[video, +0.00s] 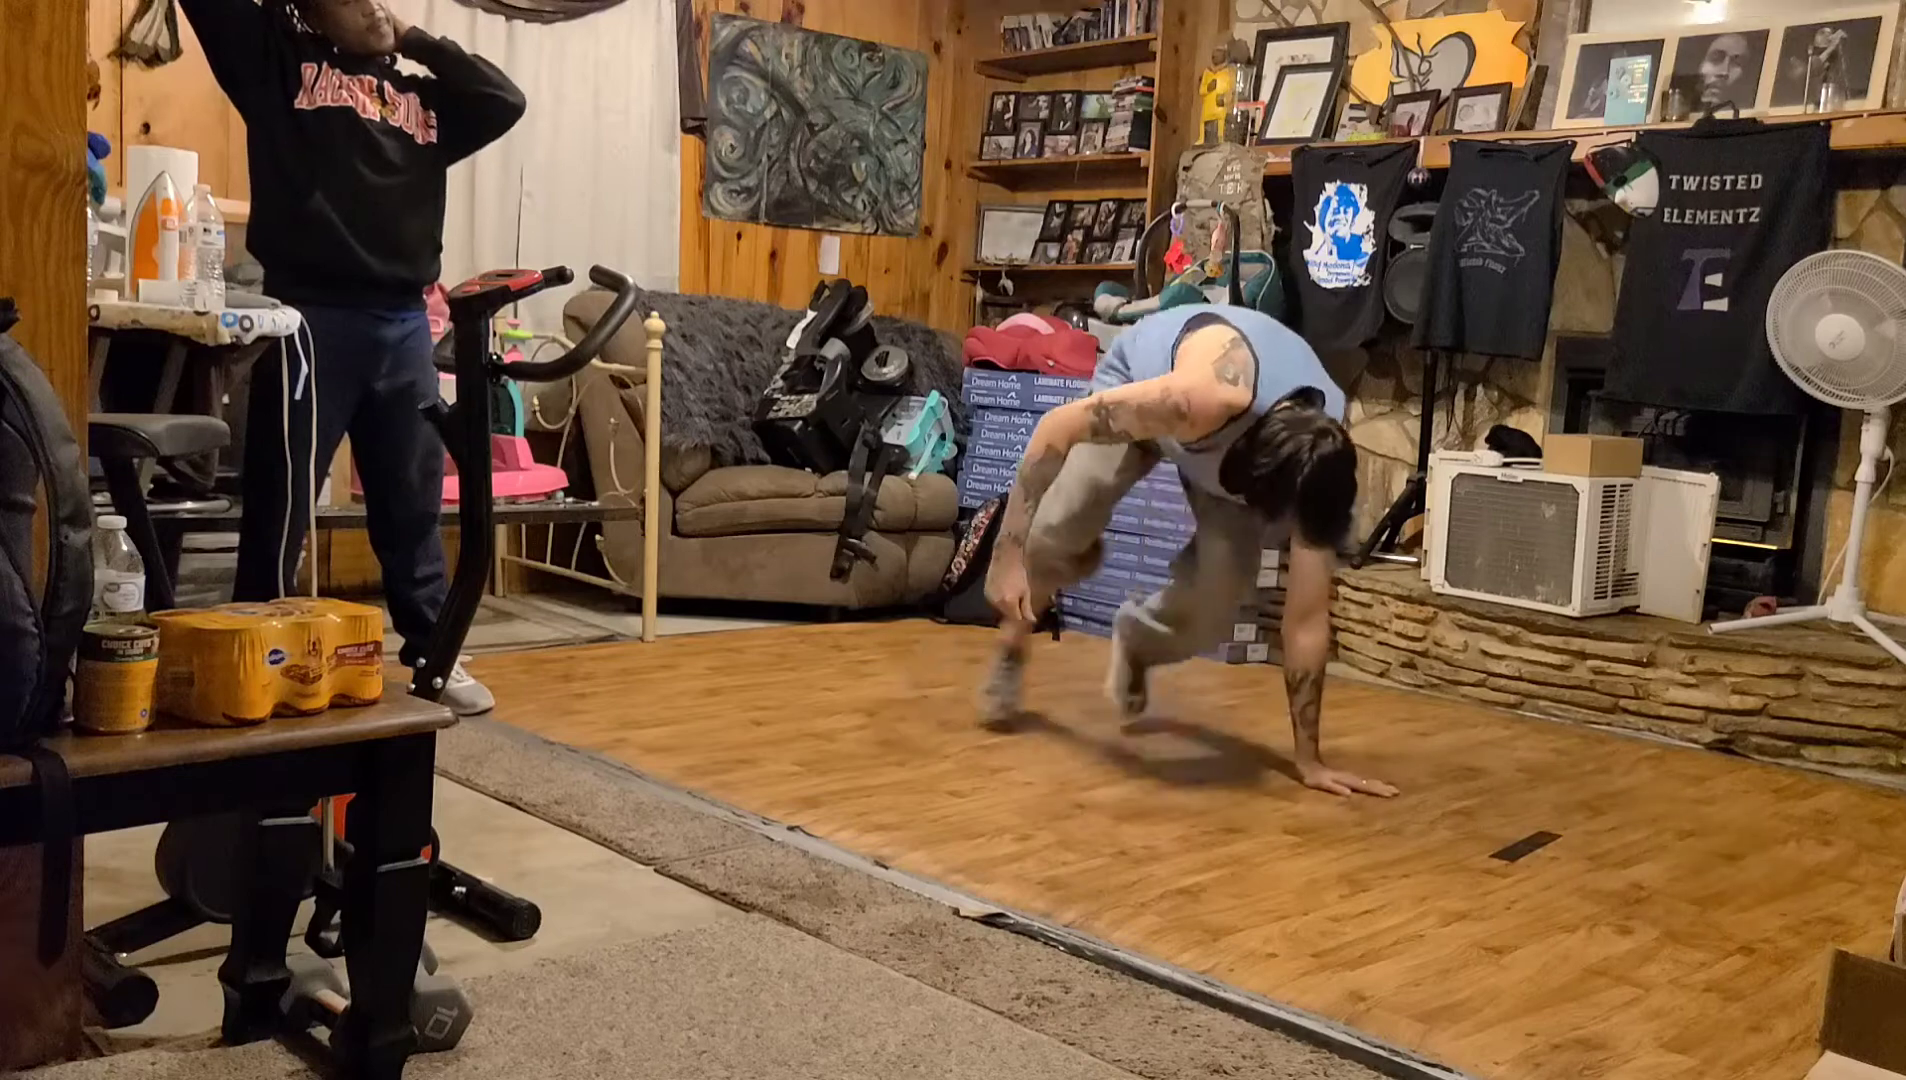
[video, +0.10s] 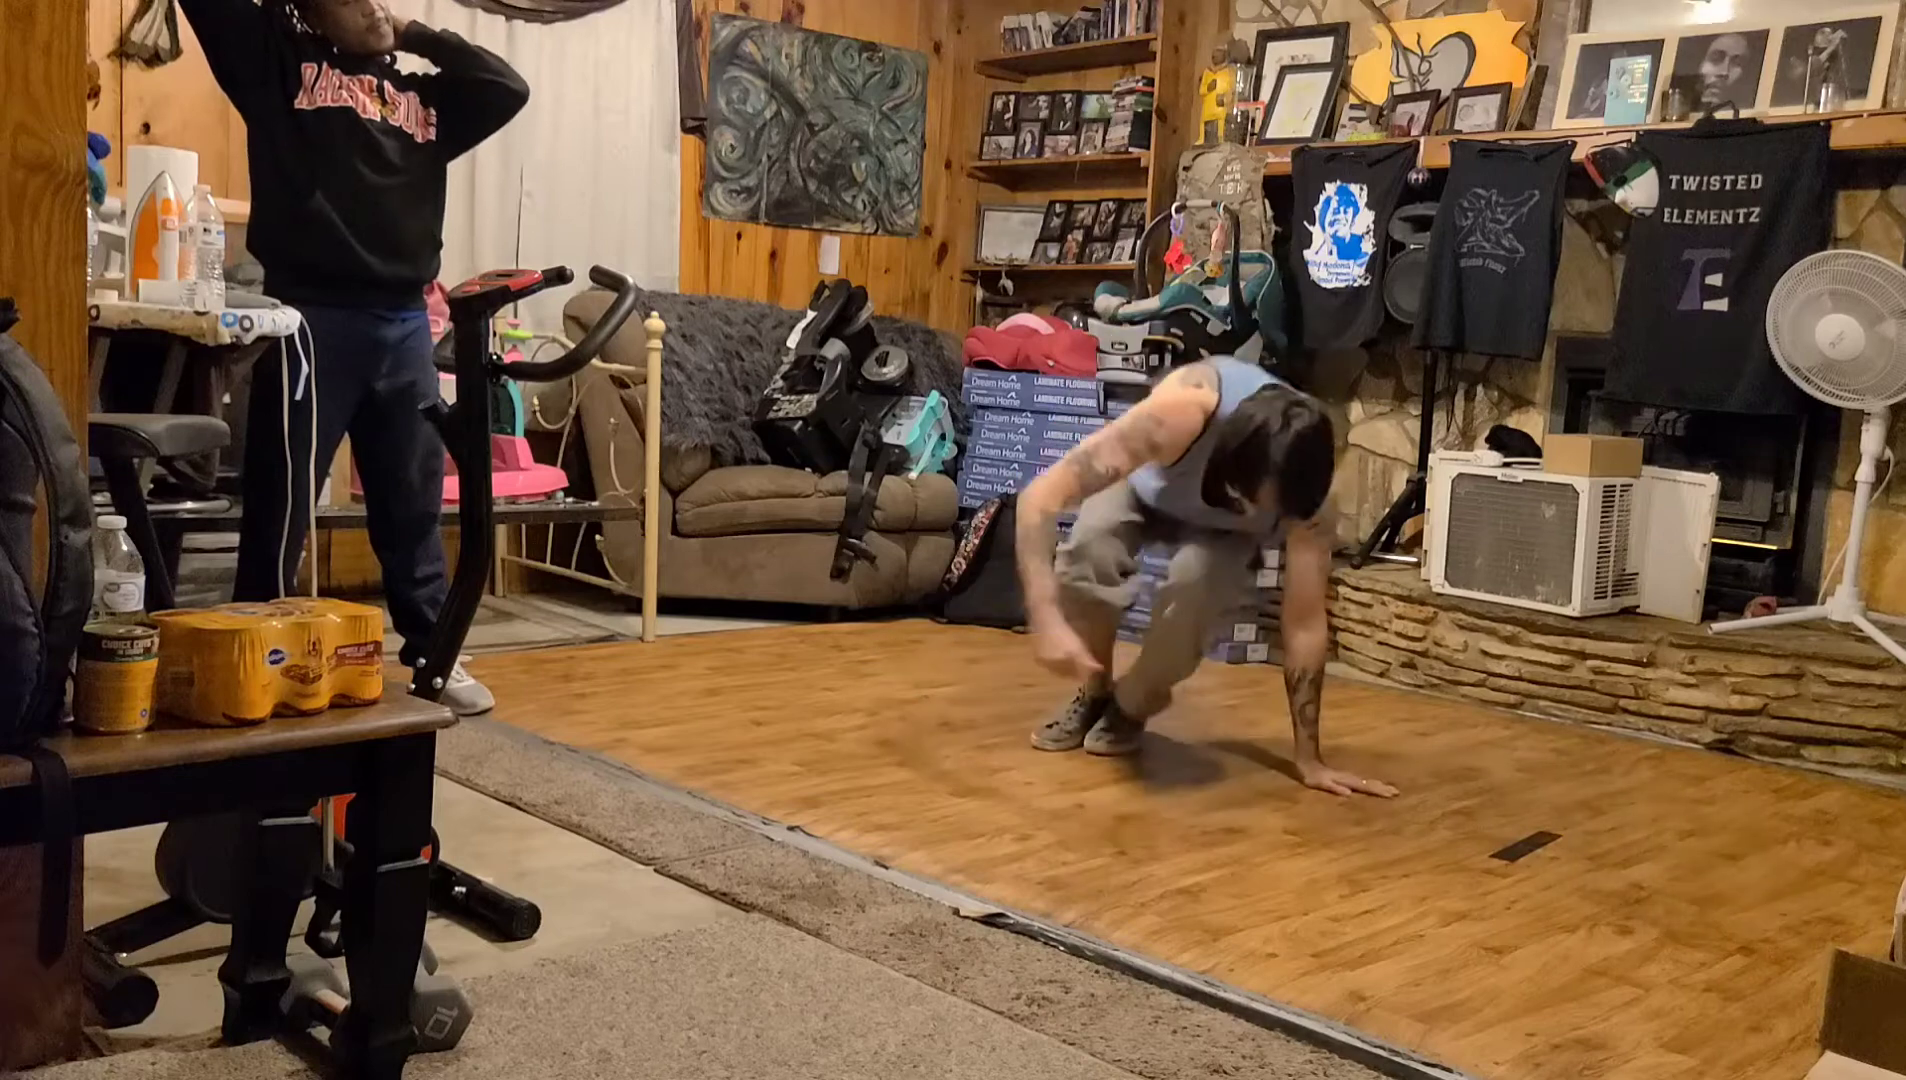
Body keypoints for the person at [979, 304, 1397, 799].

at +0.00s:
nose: (1289, 527)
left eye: (1301, 520)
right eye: (1287, 516)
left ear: (1325, 482)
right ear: (1261, 475)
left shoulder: (1322, 469)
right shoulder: (1196, 401)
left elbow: (1307, 618)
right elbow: (1057, 428)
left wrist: (1310, 759)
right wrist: (1008, 552)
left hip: (1231, 446)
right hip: (1140, 388)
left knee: (1215, 606)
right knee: (1057, 530)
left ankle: (1136, 638)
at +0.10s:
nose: (1263, 508)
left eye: (1276, 504)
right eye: (1257, 496)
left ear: (1307, 482)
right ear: (1234, 461)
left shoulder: (1308, 489)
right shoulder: (1184, 409)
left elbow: (1306, 624)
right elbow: (1038, 499)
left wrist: (1309, 760)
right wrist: (1046, 620)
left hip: (1226, 526)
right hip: (1144, 488)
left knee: (1195, 585)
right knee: (1089, 548)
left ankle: (1131, 710)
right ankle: (1093, 693)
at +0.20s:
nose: (1234, 499)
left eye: (1254, 493)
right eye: (1226, 481)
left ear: (1284, 480)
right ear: (1217, 447)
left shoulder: (1306, 494)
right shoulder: (1173, 429)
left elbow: (1301, 628)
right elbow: (1064, 522)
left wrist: (1307, 760)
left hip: (1226, 569)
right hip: (1142, 538)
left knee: (1161, 627)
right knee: (1049, 570)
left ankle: (1129, 710)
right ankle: (1095, 693)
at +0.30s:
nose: (1246, 457)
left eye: (1267, 453)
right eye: (1241, 440)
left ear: (1298, 447)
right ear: (1230, 411)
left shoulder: (1305, 483)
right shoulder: (1190, 395)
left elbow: (1300, 628)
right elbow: (1115, 446)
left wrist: (1307, 759)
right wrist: (1222, 448)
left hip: (1216, 599)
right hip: (1130, 558)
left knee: (1113, 597)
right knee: (1024, 560)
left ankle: (1124, 711)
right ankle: (1088, 691)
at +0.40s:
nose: (1267, 423)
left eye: (1289, 419)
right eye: (1265, 407)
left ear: (1314, 419)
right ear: (1262, 366)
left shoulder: (1317, 470)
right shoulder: (1236, 343)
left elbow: (1304, 622)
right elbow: (1140, 366)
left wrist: (1310, 759)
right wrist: (1246, 378)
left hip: (1197, 558)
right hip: (1119, 496)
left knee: (1097, 532)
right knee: (995, 513)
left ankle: (1051, 705)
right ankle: (1021, 672)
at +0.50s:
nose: (1277, 417)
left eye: (1298, 420)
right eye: (1280, 397)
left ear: (1329, 430)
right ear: (1282, 361)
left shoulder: (1323, 486)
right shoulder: (1248, 350)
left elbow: (1309, 624)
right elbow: (1141, 347)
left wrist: (1309, 760)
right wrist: (1170, 392)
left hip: (1196, 555)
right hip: (1138, 488)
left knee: (1085, 553)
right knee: (966, 522)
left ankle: (940, 737)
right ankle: (866, 690)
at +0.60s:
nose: (1292, 431)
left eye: (1313, 432)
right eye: (1291, 409)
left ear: (1346, 434)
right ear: (1299, 371)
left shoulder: (1333, 484)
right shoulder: (1256, 347)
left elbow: (1313, 621)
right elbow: (1140, 317)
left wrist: (1308, 758)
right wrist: (1138, 345)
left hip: (1183, 558)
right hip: (1113, 496)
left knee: (1076, 543)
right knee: (953, 537)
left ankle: (935, 730)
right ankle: (827, 697)